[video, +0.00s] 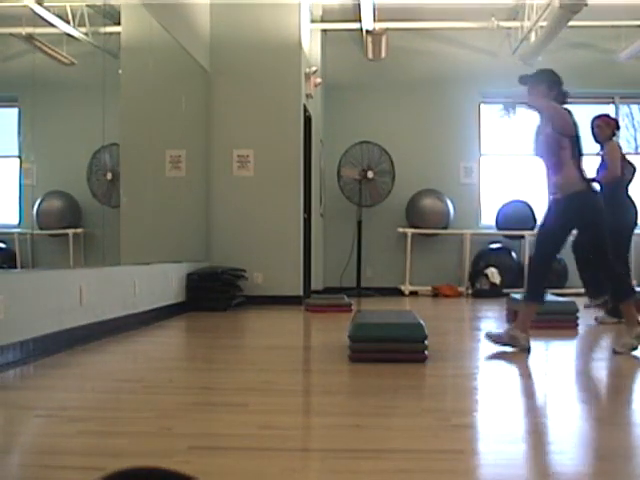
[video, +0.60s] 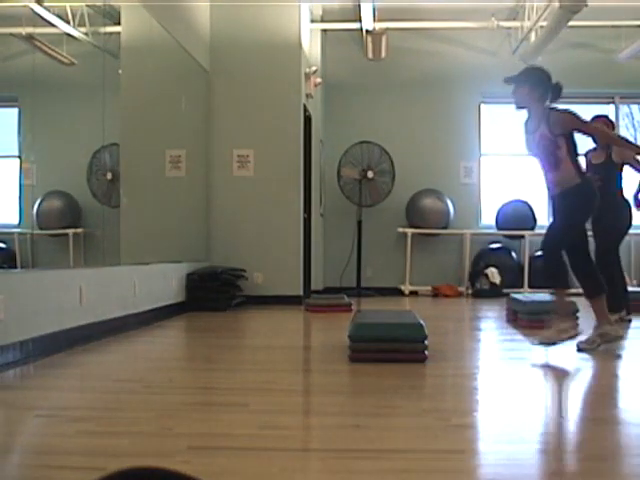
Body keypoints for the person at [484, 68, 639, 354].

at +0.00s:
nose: (529, 95)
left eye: (533, 89)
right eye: (528, 90)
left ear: (551, 90)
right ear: (542, 92)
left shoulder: (562, 117)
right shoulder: (544, 123)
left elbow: (559, 119)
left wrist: (529, 102)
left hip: (583, 199)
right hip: (560, 202)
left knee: (603, 261)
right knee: (539, 262)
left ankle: (633, 325)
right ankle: (520, 331)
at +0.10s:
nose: (533, 90)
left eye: (538, 86)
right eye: (534, 86)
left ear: (554, 89)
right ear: (550, 91)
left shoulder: (569, 118)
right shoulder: (552, 122)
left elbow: (576, 152)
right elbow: (561, 157)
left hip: (593, 197)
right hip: (572, 199)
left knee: (613, 260)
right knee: (543, 257)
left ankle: (635, 329)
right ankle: (537, 325)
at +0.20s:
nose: (537, 95)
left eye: (542, 90)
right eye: (538, 90)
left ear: (558, 92)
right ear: (553, 94)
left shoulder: (574, 117)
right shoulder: (559, 124)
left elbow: (580, 158)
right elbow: (565, 159)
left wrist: (557, 147)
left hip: (599, 199)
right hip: (578, 202)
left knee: (610, 261)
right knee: (544, 254)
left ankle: (636, 327)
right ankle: (569, 317)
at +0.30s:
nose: (538, 97)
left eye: (542, 92)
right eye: (539, 92)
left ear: (558, 95)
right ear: (555, 96)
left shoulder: (575, 123)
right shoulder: (560, 127)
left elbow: (598, 163)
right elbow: (572, 165)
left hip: (597, 202)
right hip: (578, 205)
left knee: (611, 265)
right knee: (554, 263)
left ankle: (635, 328)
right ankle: (593, 318)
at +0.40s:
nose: (532, 93)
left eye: (536, 88)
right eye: (532, 88)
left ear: (551, 90)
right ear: (550, 92)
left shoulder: (569, 119)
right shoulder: (553, 120)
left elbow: (606, 152)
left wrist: (622, 190)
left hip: (588, 199)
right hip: (574, 201)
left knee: (599, 261)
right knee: (568, 265)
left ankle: (629, 325)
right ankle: (603, 325)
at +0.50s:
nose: (522, 86)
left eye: (526, 82)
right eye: (523, 82)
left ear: (544, 86)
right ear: (539, 87)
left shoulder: (563, 112)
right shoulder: (540, 116)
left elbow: (600, 131)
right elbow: (552, 148)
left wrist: (626, 154)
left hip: (582, 189)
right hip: (568, 191)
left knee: (571, 255)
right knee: (570, 255)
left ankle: (603, 318)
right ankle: (606, 316)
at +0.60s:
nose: (514, 91)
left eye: (519, 86)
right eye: (515, 86)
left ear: (535, 91)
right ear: (527, 93)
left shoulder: (560, 118)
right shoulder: (529, 124)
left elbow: (599, 132)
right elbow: (546, 159)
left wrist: (631, 147)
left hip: (578, 194)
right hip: (560, 199)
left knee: (550, 249)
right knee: (580, 259)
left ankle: (564, 318)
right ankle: (605, 325)